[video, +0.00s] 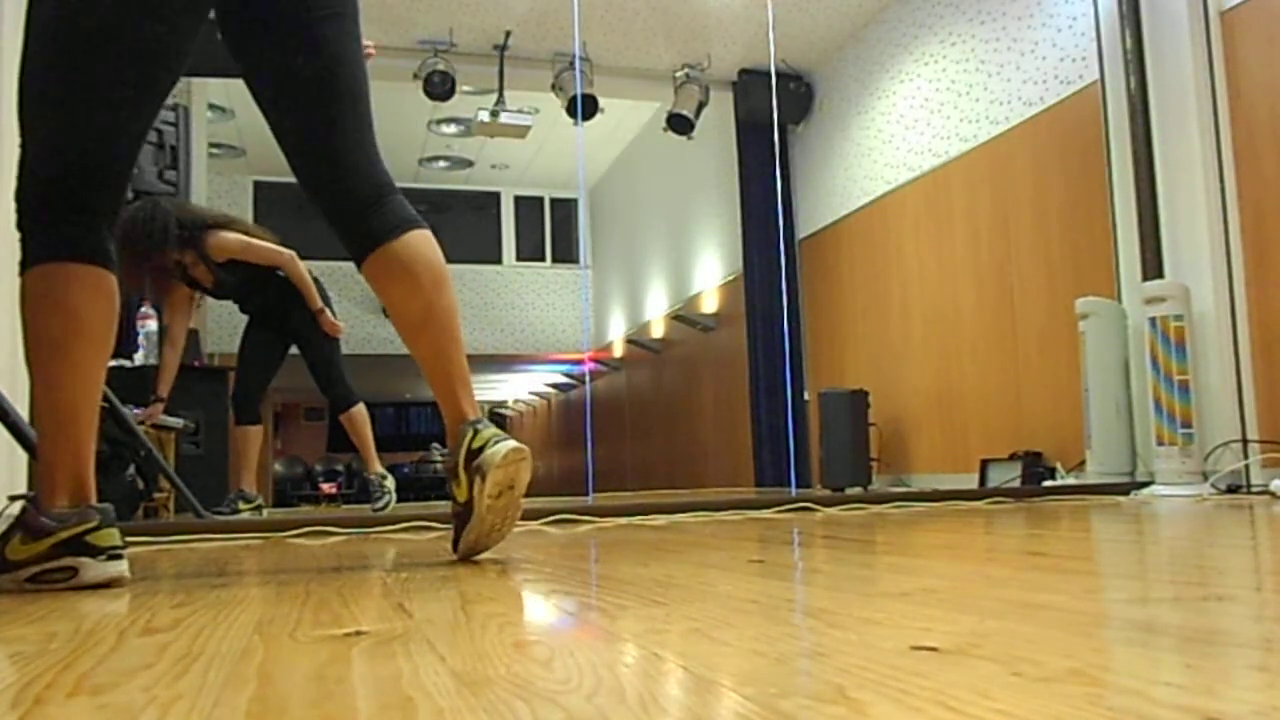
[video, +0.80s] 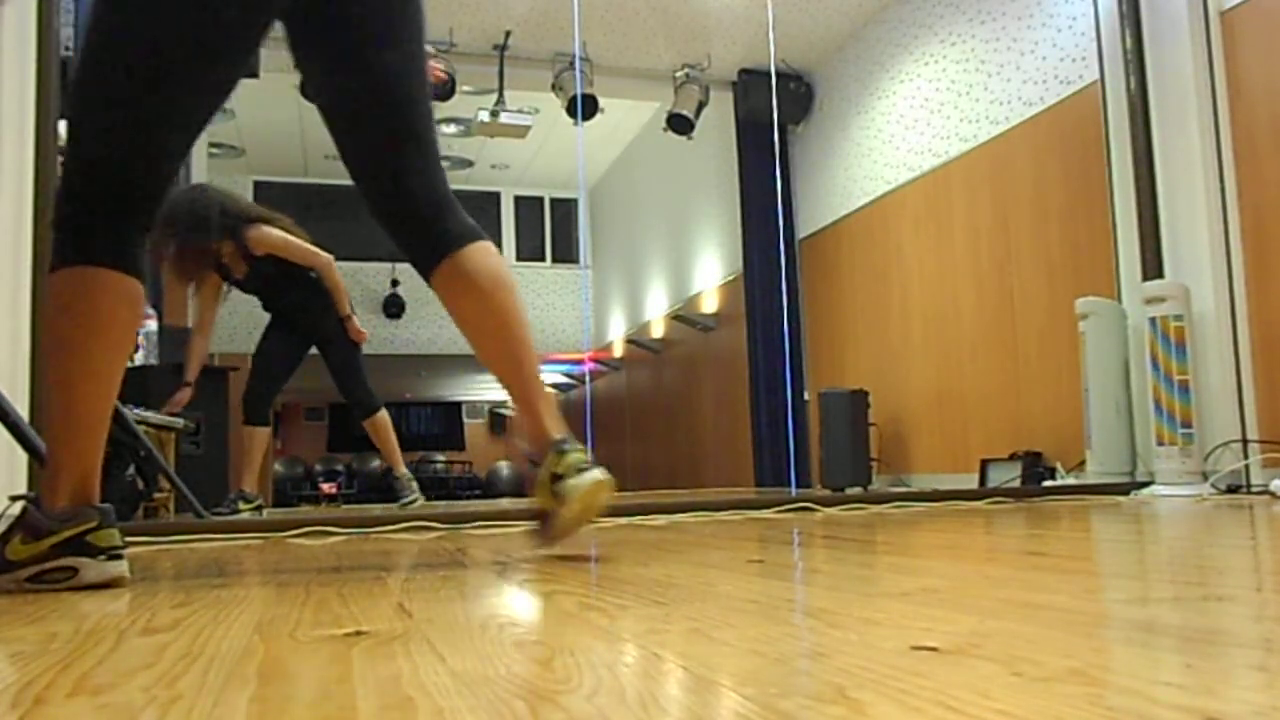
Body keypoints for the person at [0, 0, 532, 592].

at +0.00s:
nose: (153, 271)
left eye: (152, 260)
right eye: (147, 264)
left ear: (164, 240)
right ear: (161, 249)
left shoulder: (217, 242)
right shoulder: (181, 266)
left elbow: (289, 260)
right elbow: (174, 332)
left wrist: (320, 311)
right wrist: (158, 401)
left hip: (294, 296)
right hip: (269, 303)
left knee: (63, 207)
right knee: (364, 193)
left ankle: (65, 507)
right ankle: (472, 434)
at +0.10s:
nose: (151, 285)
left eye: (151, 271)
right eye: (144, 277)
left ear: (164, 244)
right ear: (160, 250)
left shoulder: (214, 242)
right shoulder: (183, 266)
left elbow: (285, 258)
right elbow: (174, 331)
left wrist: (315, 311)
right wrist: (159, 398)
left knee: (61, 206)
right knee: (366, 193)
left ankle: (65, 507)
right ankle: (474, 435)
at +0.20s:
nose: (148, 286)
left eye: (147, 273)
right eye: (141, 278)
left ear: (159, 245)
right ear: (157, 250)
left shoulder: (212, 241)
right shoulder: (185, 265)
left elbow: (284, 258)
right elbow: (174, 330)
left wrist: (316, 311)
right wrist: (158, 398)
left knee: (62, 211)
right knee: (369, 197)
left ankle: (66, 507)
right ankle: (476, 435)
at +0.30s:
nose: (154, 283)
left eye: (152, 269)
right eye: (147, 275)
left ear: (162, 243)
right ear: (160, 249)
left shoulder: (213, 242)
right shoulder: (184, 263)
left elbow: (285, 257)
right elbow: (175, 328)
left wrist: (317, 311)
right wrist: (158, 396)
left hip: (130, 12)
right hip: (296, 9)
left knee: (65, 209)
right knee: (373, 199)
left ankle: (65, 507)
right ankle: (479, 436)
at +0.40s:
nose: (150, 282)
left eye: (149, 267)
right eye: (144, 272)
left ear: (159, 241)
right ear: (159, 247)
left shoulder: (214, 242)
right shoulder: (186, 265)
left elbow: (287, 257)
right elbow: (176, 327)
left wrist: (320, 311)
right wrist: (158, 396)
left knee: (70, 206)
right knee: (378, 199)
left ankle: (65, 506)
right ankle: (482, 436)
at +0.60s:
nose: (157, 278)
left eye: (156, 264)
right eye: (151, 269)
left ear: (166, 241)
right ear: (169, 245)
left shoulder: (224, 241)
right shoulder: (191, 265)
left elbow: (296, 258)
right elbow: (175, 325)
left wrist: (327, 310)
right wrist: (156, 391)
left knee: (82, 202)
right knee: (392, 193)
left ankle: (67, 508)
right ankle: (493, 435)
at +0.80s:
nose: (184, 266)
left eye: (186, 254)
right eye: (178, 258)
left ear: (204, 234)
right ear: (195, 242)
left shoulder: (255, 236)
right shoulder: (210, 257)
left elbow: (324, 261)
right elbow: (202, 320)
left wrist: (350, 314)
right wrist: (189, 380)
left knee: (98, 206)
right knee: (424, 203)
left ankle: (66, 507)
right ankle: (552, 446)